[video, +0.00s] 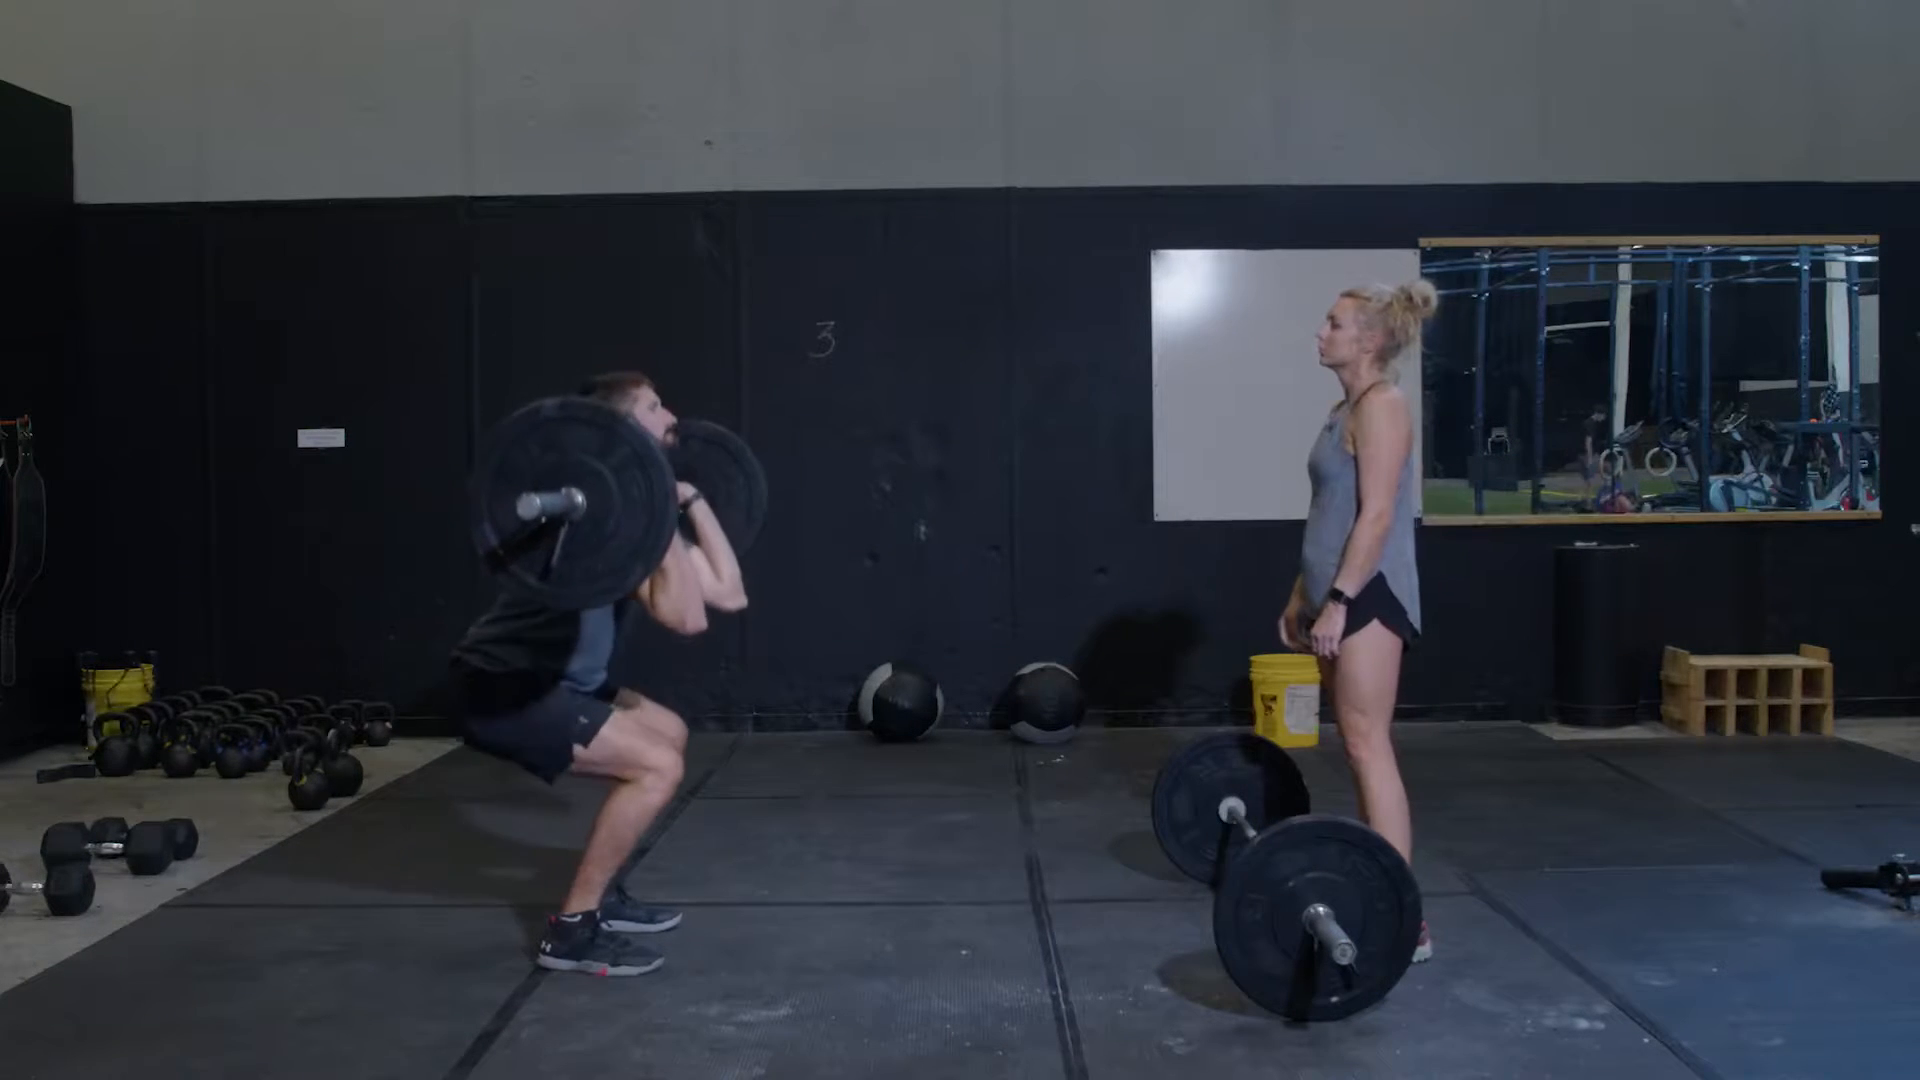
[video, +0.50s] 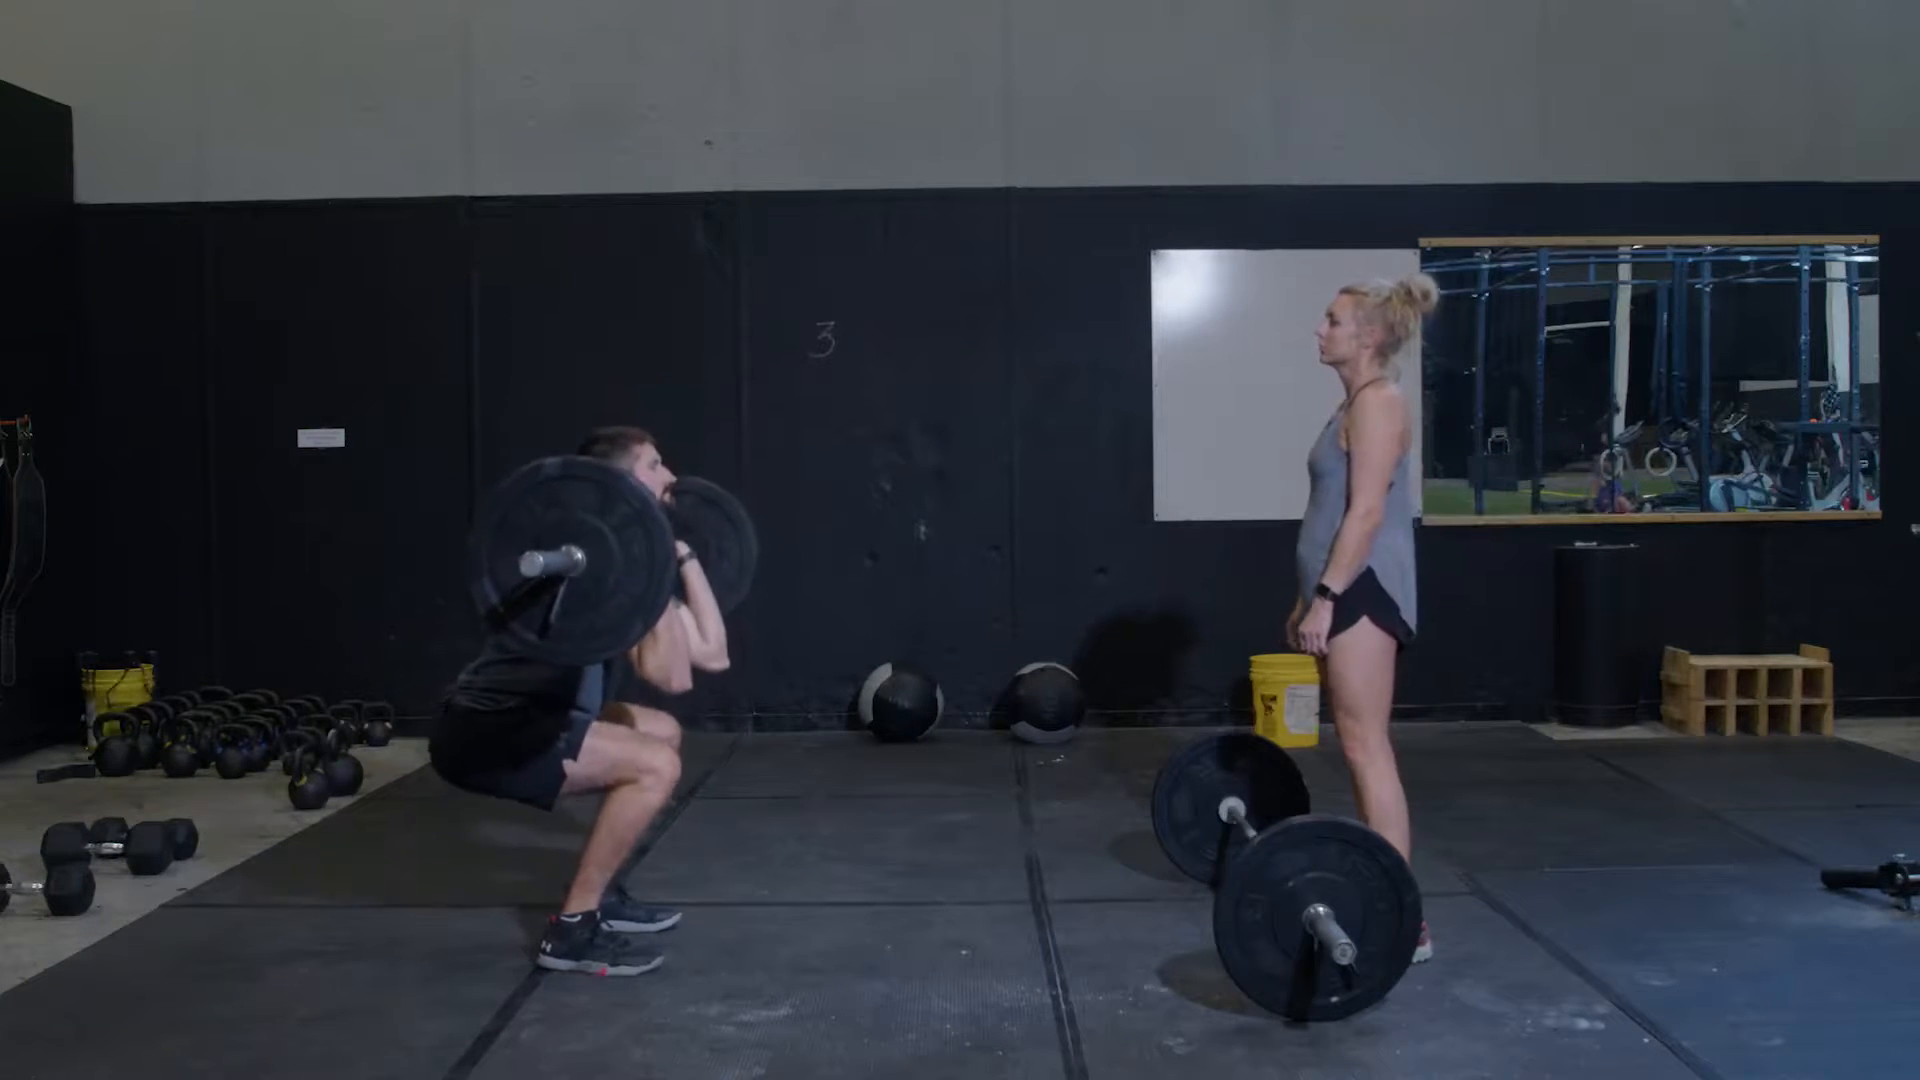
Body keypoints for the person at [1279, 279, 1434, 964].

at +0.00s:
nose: (1322, 332)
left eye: (1335, 325)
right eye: (1325, 323)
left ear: (1371, 340)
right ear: (1353, 341)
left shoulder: (1382, 405)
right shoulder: (1349, 408)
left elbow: (1377, 515)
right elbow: (1333, 515)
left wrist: (1339, 600)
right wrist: (1305, 592)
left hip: (1374, 596)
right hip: (1348, 594)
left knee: (1367, 741)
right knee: (1359, 741)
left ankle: (1398, 909)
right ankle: (1381, 901)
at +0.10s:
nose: (1322, 332)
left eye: (1335, 325)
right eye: (1325, 322)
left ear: (1371, 340)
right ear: (1353, 340)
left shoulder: (1381, 405)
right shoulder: (1349, 408)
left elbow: (1375, 515)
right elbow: (1331, 514)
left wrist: (1335, 598)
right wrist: (1302, 592)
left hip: (1371, 595)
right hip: (1346, 593)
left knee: (1365, 742)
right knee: (1357, 741)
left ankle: (1398, 910)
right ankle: (1383, 901)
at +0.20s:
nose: (1322, 332)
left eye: (1335, 324)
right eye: (1325, 322)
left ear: (1371, 339)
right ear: (1355, 340)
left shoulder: (1381, 404)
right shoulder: (1351, 407)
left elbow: (1373, 514)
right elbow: (1331, 515)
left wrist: (1332, 598)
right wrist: (1303, 593)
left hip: (1369, 595)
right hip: (1345, 592)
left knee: (1366, 745)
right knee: (1358, 744)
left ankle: (1398, 912)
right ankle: (1382, 903)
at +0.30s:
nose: (1321, 332)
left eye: (1335, 324)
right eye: (1325, 322)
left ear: (1371, 337)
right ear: (1355, 338)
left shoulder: (1381, 403)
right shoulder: (1353, 405)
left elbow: (1371, 513)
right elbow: (1334, 514)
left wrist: (1329, 597)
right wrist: (1306, 593)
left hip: (1368, 593)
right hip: (1345, 591)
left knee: (1365, 744)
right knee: (1357, 743)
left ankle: (1398, 911)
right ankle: (1382, 903)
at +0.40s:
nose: (1321, 331)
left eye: (1335, 323)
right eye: (1325, 321)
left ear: (1371, 336)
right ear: (1356, 337)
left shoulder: (1379, 402)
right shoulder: (1354, 404)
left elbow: (1368, 513)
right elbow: (1334, 514)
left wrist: (1327, 597)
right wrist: (1308, 593)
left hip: (1367, 592)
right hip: (1346, 591)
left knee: (1366, 746)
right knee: (1357, 745)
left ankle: (1398, 912)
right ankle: (1383, 903)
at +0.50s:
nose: (1321, 330)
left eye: (1334, 322)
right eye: (1325, 320)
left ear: (1370, 335)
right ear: (1358, 337)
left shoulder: (1378, 402)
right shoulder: (1356, 403)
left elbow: (1366, 512)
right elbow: (1339, 514)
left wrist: (1326, 596)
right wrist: (1310, 595)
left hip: (1366, 590)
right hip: (1346, 590)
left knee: (1366, 746)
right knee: (1357, 743)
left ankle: (1398, 912)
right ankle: (1383, 903)